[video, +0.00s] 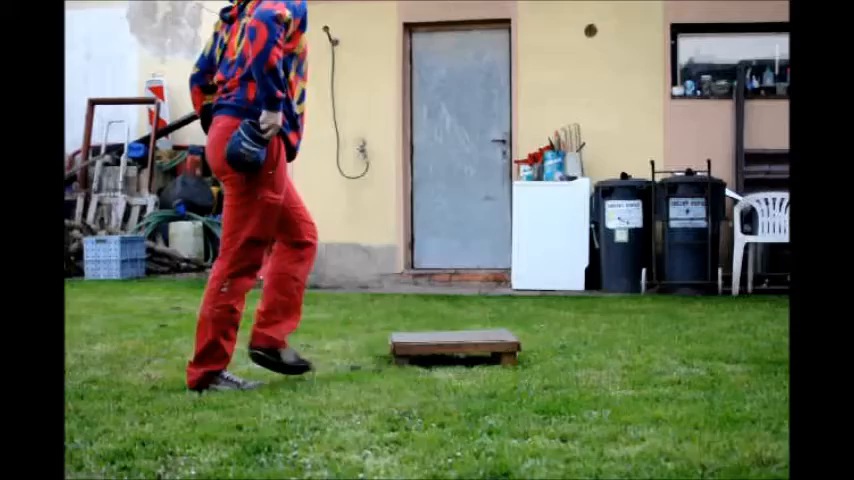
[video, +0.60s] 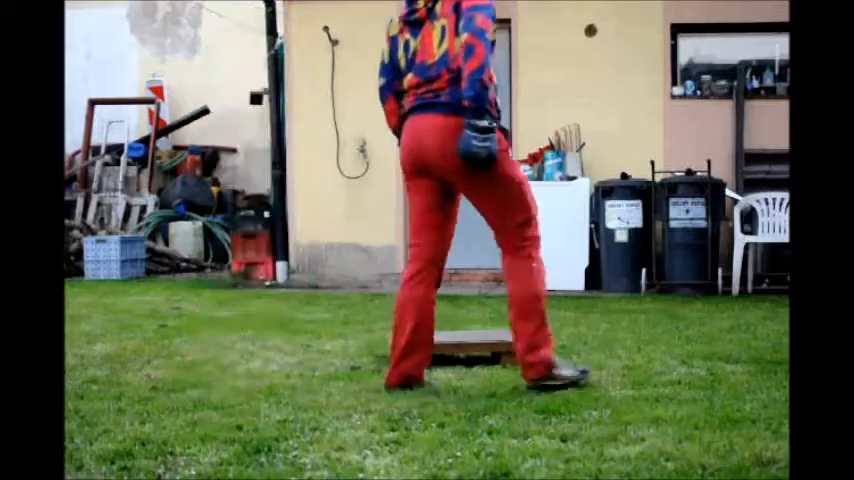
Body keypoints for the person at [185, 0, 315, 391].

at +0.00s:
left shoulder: (235, 13)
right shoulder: (290, 5)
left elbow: (201, 76)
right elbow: (259, 34)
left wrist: (215, 127)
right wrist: (272, 108)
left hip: (226, 133)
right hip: (254, 135)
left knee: (299, 236)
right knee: (237, 263)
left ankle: (271, 340)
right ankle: (208, 371)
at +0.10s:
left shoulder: (263, 15)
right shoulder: (312, 5)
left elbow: (228, 81)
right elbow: (279, 41)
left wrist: (242, 132)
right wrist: (275, 124)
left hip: (254, 137)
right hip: (274, 140)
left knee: (332, 241)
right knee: (243, 263)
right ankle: (206, 371)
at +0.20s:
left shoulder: (310, 15)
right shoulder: (353, 9)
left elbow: (273, 89)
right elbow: (316, 49)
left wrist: (282, 136)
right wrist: (306, 129)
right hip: (322, 151)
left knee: (375, 256)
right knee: (284, 266)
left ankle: (398, 371)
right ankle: (217, 360)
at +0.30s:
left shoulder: (336, 19)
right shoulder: (380, 9)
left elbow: (305, 99)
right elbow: (346, 52)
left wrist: (315, 145)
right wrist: (339, 128)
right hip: (358, 146)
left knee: (404, 257)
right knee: (350, 269)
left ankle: (404, 372)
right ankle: (253, 339)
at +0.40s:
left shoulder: (356, 19)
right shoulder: (406, 7)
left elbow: (333, 94)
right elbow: (385, 58)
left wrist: (346, 147)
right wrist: (381, 136)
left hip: (359, 138)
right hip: (391, 140)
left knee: (409, 261)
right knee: (419, 261)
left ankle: (404, 374)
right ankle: (320, 324)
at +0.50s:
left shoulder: (386, 17)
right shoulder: (446, 5)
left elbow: (366, 81)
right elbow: (434, 51)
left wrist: (383, 133)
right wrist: (437, 126)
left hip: (391, 130)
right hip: (431, 127)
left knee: (416, 262)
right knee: (491, 238)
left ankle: (402, 373)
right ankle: (448, 338)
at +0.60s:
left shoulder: (402, 20)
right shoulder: (474, 4)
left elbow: (387, 84)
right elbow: (475, 44)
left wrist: (408, 136)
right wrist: (480, 118)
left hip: (414, 129)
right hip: (463, 124)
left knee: (423, 261)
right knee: (520, 239)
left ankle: (405, 374)